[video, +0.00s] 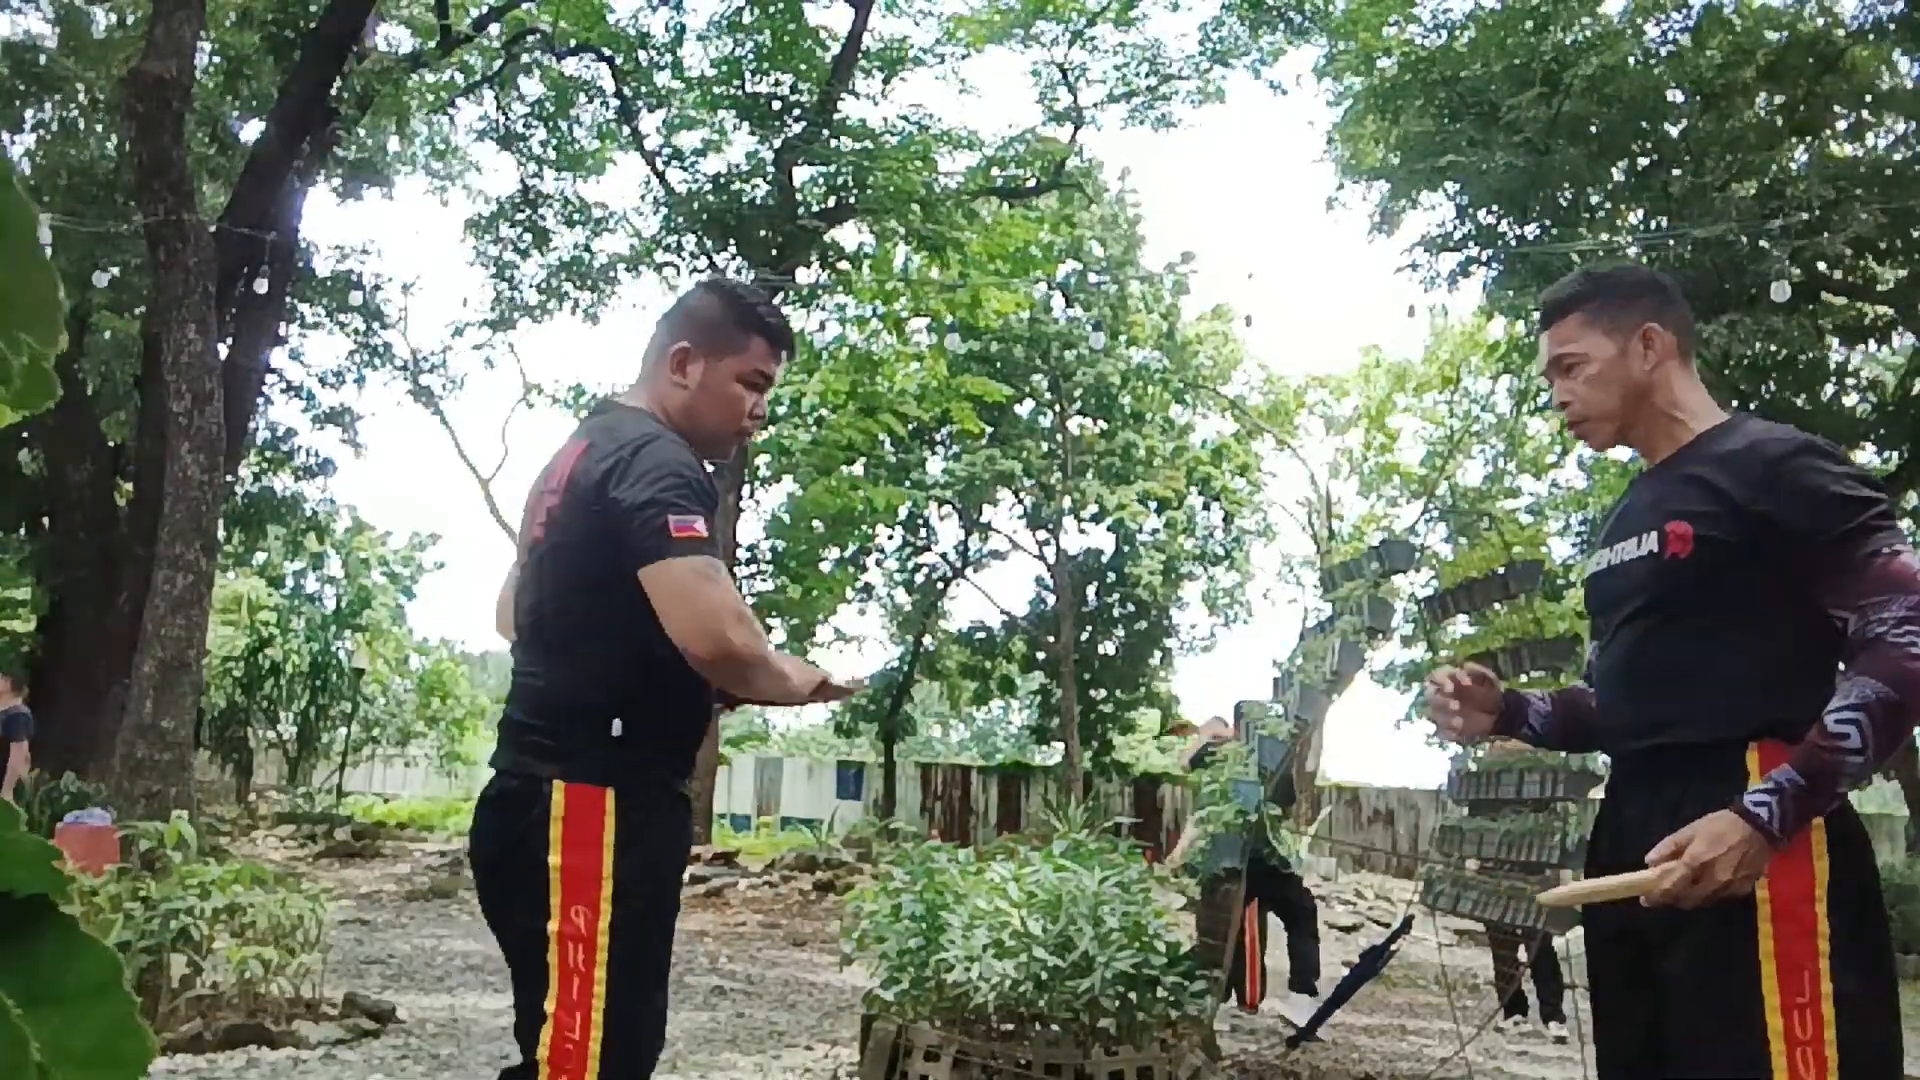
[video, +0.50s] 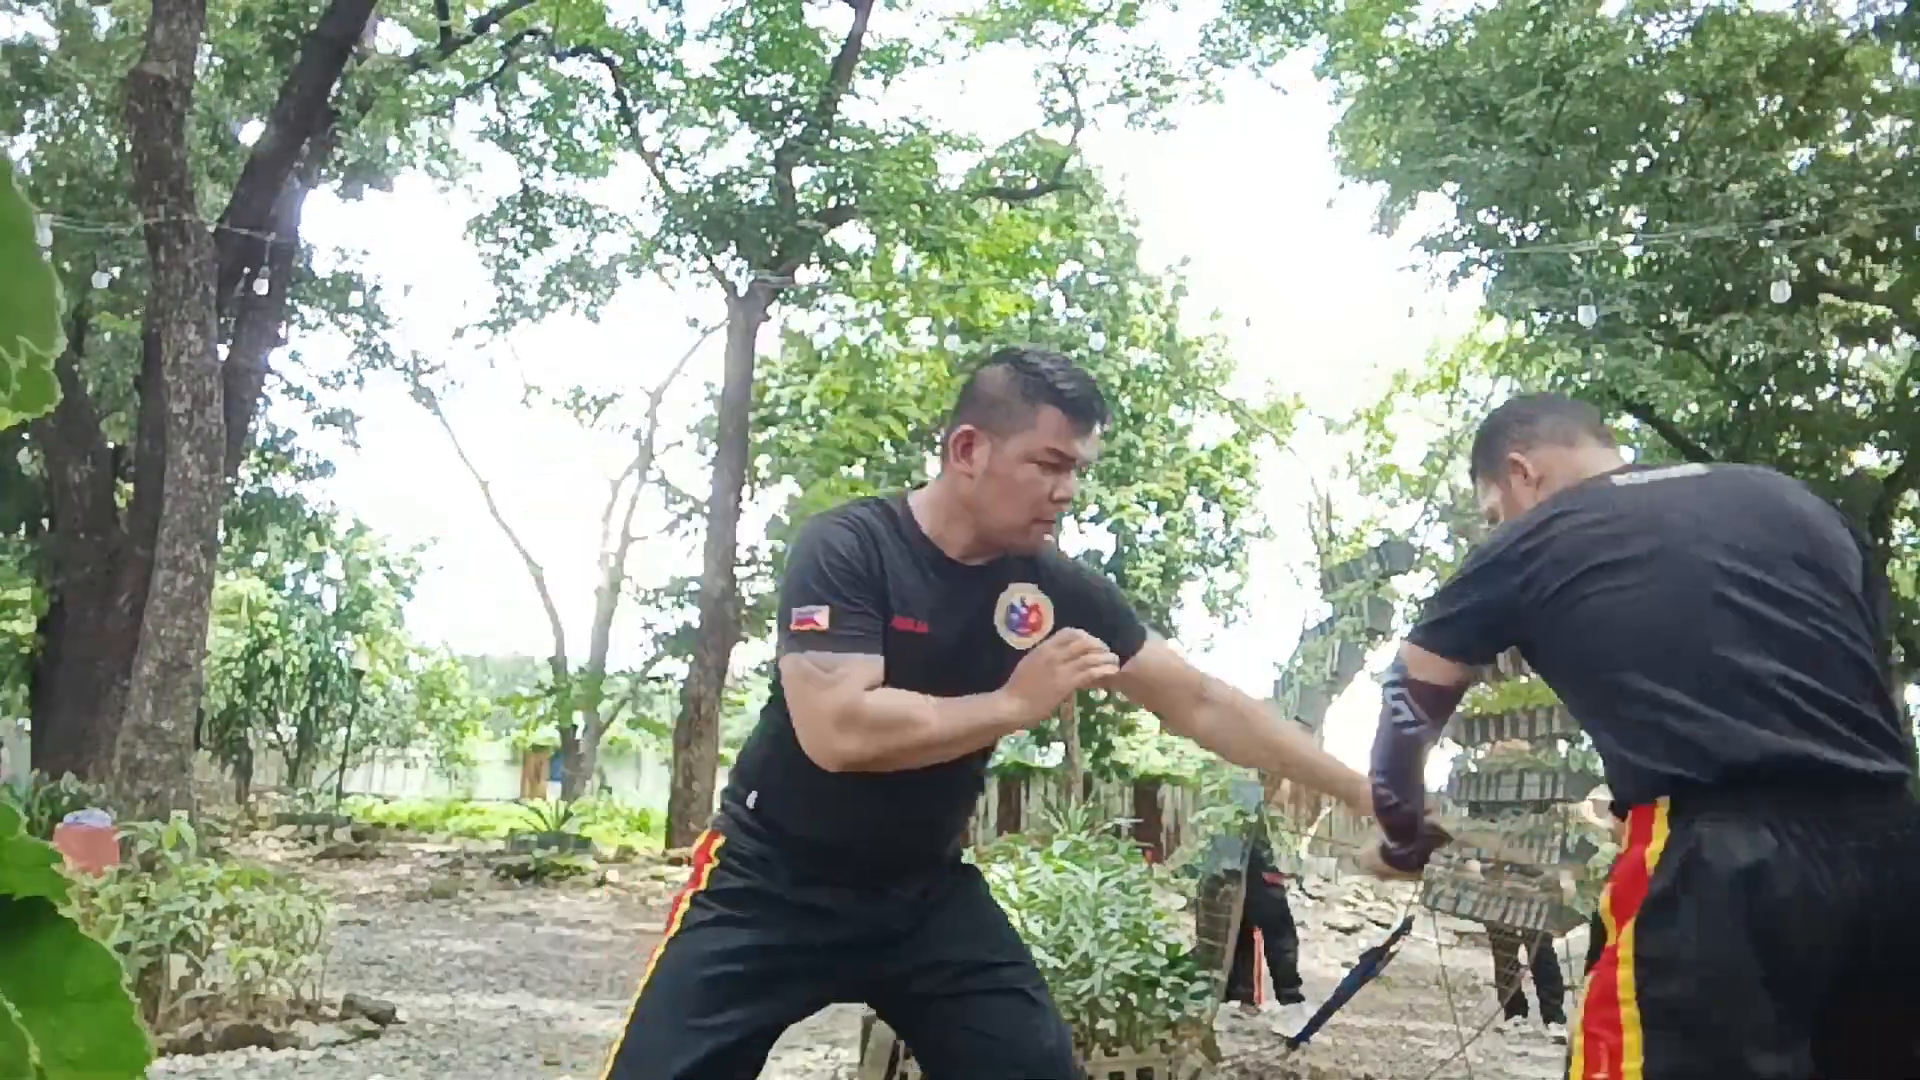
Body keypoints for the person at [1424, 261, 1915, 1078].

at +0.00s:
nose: (1557, 400)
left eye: (1572, 368)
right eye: (1551, 380)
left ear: (1651, 348)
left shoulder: (1774, 463)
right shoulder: (1626, 515)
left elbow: (1905, 634)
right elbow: (1630, 703)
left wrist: (1768, 813)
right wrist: (1511, 711)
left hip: (1764, 835)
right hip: (1633, 842)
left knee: (1776, 1061)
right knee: (1639, 1062)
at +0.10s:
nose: (1534, 439)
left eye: (1540, 409)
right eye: (1524, 421)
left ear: (1616, 373)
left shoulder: (1749, 461)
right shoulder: (1613, 528)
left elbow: (1909, 601)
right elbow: (1604, 710)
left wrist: (1788, 805)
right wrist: (1511, 660)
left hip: (1762, 821)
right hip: (1647, 829)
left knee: (1759, 1061)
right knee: (1637, 1060)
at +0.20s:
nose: (1509, 487)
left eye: (1509, 456)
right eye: (1498, 467)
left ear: (1578, 412)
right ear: (1577, 414)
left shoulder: (1719, 478)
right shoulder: (1601, 556)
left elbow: (1893, 602)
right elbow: (1575, 742)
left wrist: (1763, 802)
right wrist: (1513, 635)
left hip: (1774, 843)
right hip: (1663, 850)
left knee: (1721, 1065)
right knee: (1628, 1063)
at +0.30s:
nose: (1493, 546)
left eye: (1483, 516)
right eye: (1477, 528)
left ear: (1537, 470)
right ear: (1542, 472)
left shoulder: (1665, 513)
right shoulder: (1627, 574)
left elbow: (1738, 627)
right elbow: (1603, 780)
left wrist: (1613, 833)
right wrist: (1535, 647)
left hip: (1768, 858)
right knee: (1634, 1061)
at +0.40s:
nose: (1488, 562)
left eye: (1477, 534)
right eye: (1472, 544)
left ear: (1519, 486)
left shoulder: (1591, 526)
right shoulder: (1703, 527)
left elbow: (1507, 704)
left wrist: (1421, 882)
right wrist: (1666, 804)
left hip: (1755, 867)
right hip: (1870, 857)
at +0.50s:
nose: (1501, 533)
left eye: (1495, 511)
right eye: (1494, 518)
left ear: (1524, 472)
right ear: (1609, 447)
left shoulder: (1534, 545)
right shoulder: (1802, 501)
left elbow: (1406, 715)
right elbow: (1871, 684)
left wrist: (1401, 825)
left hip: (1712, 875)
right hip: (1892, 851)